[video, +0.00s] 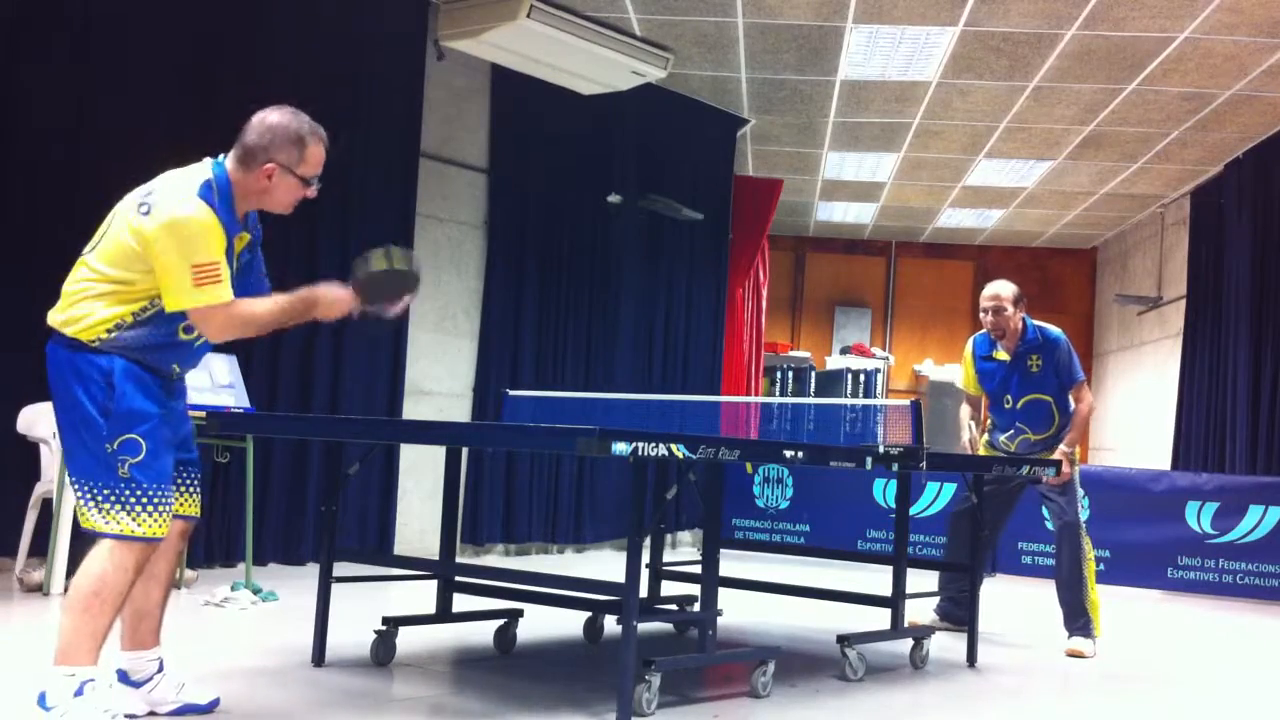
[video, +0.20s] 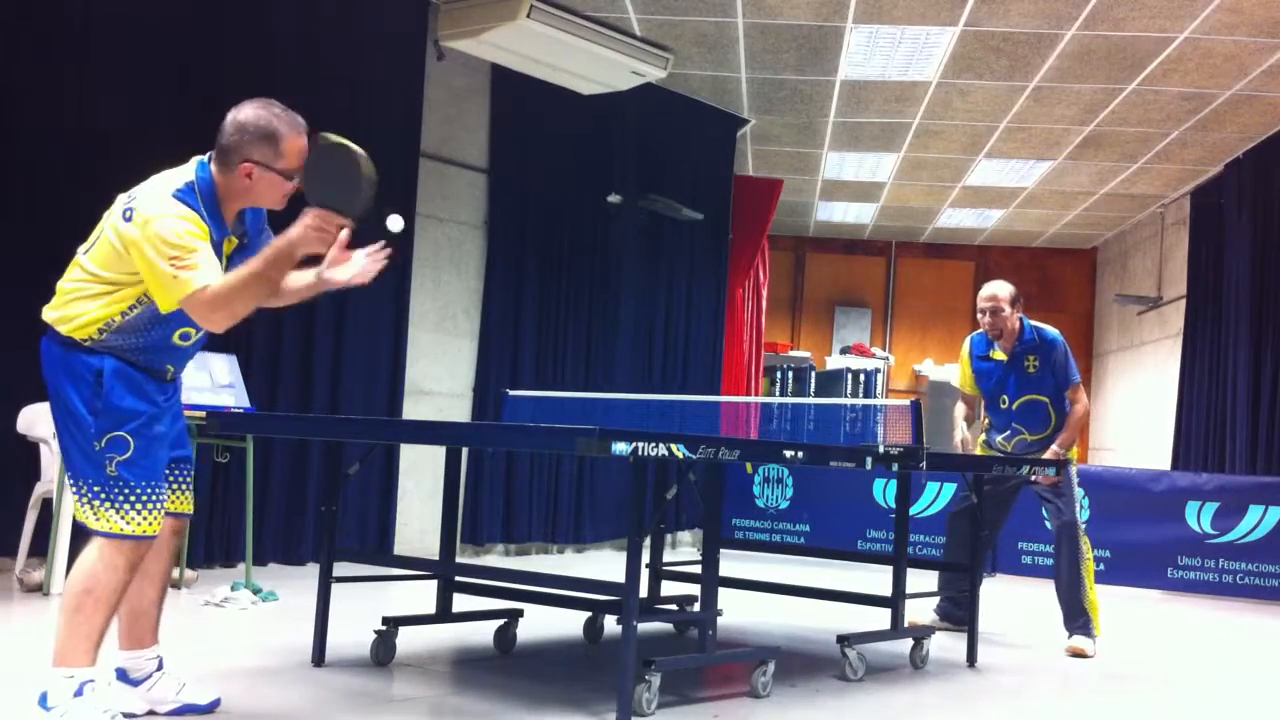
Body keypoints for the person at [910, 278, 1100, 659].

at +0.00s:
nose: (989, 319)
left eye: (997, 311)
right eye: (984, 312)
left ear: (1018, 311)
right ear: (980, 314)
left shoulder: (1052, 341)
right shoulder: (977, 347)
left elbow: (1084, 400)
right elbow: (971, 402)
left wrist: (1066, 449)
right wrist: (966, 431)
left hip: (1051, 452)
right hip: (999, 452)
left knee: (1069, 527)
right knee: (965, 517)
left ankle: (1081, 632)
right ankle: (954, 612)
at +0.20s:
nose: (986, 320)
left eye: (994, 312)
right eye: (981, 313)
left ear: (1016, 311)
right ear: (977, 315)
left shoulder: (1049, 342)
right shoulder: (974, 346)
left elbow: (1080, 405)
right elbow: (968, 401)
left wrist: (1057, 451)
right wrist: (961, 427)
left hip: (1048, 453)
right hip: (996, 452)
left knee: (1068, 527)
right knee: (963, 518)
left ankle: (1081, 631)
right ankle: (954, 612)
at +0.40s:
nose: (982, 315)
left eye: (989, 306)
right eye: (977, 308)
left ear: (1011, 305)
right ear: (972, 311)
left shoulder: (1045, 336)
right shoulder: (976, 342)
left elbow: (1079, 400)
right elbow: (970, 396)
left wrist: (1053, 449)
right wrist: (959, 428)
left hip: (1049, 451)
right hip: (998, 450)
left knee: (1066, 529)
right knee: (963, 519)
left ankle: (1081, 632)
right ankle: (954, 614)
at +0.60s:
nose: (963, 317)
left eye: (971, 308)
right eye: (959, 311)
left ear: (995, 307)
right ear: (957, 312)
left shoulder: (1029, 338)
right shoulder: (964, 346)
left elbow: (1072, 394)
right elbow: (965, 400)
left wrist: (1049, 439)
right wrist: (951, 423)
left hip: (1033, 449)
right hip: (990, 451)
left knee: (1045, 523)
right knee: (956, 520)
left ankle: (1077, 626)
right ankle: (955, 614)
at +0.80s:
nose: (958, 330)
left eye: (965, 321)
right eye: (953, 323)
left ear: (989, 317)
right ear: (951, 324)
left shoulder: (1017, 344)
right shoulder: (971, 354)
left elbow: (1038, 400)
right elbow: (966, 414)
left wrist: (986, 420)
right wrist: (929, 443)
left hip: (1044, 455)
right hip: (1006, 456)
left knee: (1042, 530)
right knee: (960, 519)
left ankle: (1078, 640)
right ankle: (954, 615)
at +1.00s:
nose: (944, 352)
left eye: (947, 343)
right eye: (941, 345)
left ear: (970, 336)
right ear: (972, 337)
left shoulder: (989, 356)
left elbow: (1004, 364)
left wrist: (1010, 366)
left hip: (1044, 462)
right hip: (1014, 463)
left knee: (1018, 538)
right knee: (965, 518)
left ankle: (1074, 639)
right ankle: (954, 615)